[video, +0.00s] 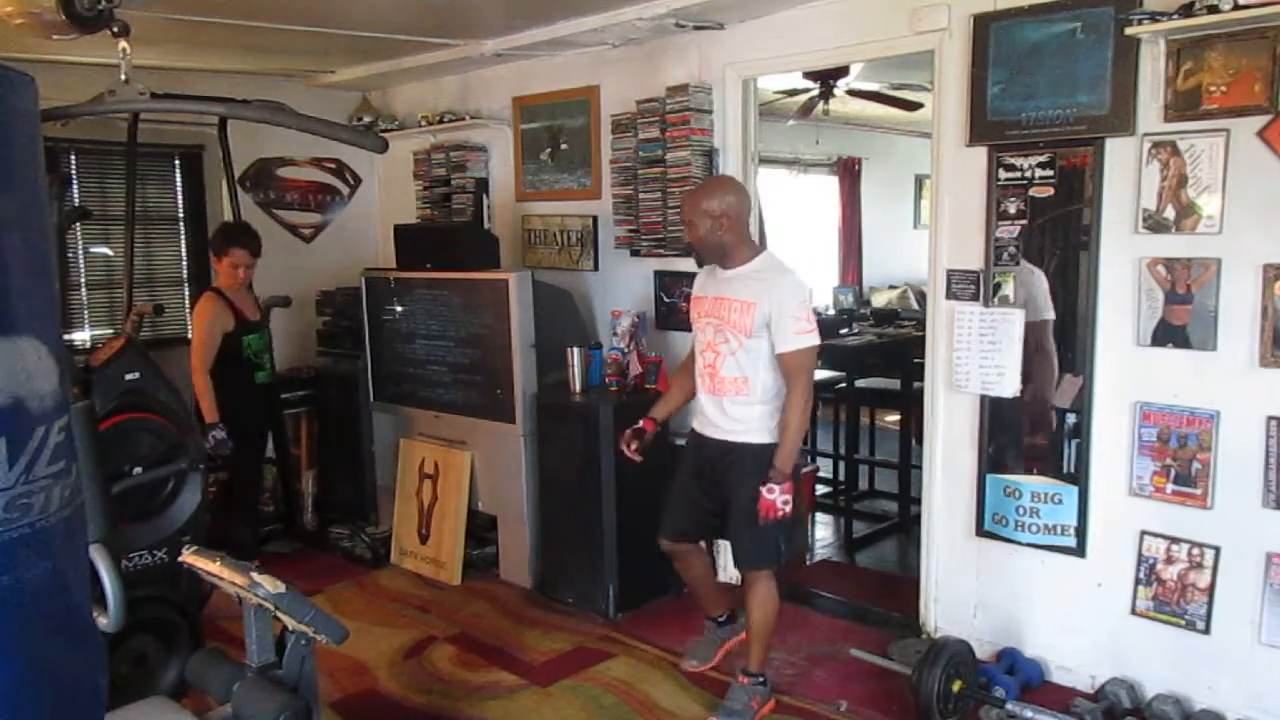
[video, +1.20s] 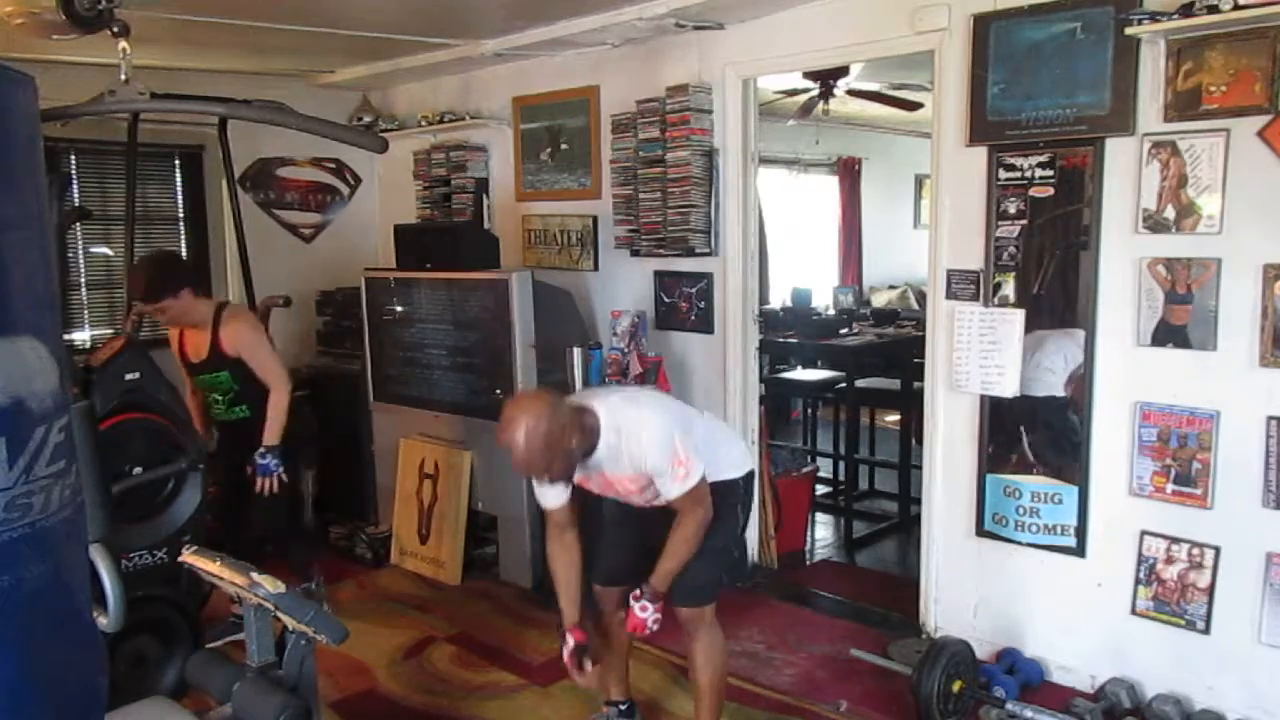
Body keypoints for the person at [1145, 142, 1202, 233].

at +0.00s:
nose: (1157, 158)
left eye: (1159, 153)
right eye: (1155, 156)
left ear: (1168, 150)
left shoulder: (1175, 161)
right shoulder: (1164, 166)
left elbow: (1170, 187)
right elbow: (1161, 188)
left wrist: (1160, 213)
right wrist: (1157, 212)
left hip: (1190, 211)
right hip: (1180, 212)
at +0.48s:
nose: (1157, 158)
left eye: (1159, 153)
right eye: (1155, 156)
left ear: (1168, 150)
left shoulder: (1175, 161)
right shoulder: (1164, 166)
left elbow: (1170, 187)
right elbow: (1161, 188)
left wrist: (1160, 213)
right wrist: (1157, 212)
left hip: (1190, 210)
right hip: (1180, 212)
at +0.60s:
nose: (1157, 158)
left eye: (1159, 153)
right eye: (1155, 156)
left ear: (1168, 150)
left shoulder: (1174, 161)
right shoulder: (1164, 165)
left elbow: (1171, 187)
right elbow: (1161, 187)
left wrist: (1160, 212)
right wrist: (1157, 211)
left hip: (1190, 210)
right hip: (1180, 211)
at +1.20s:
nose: (1157, 158)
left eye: (1159, 154)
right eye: (1155, 156)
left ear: (1168, 150)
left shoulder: (1175, 161)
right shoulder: (1164, 166)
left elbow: (1170, 187)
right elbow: (1161, 188)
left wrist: (1160, 212)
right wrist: (1157, 211)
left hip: (1190, 210)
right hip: (1180, 211)